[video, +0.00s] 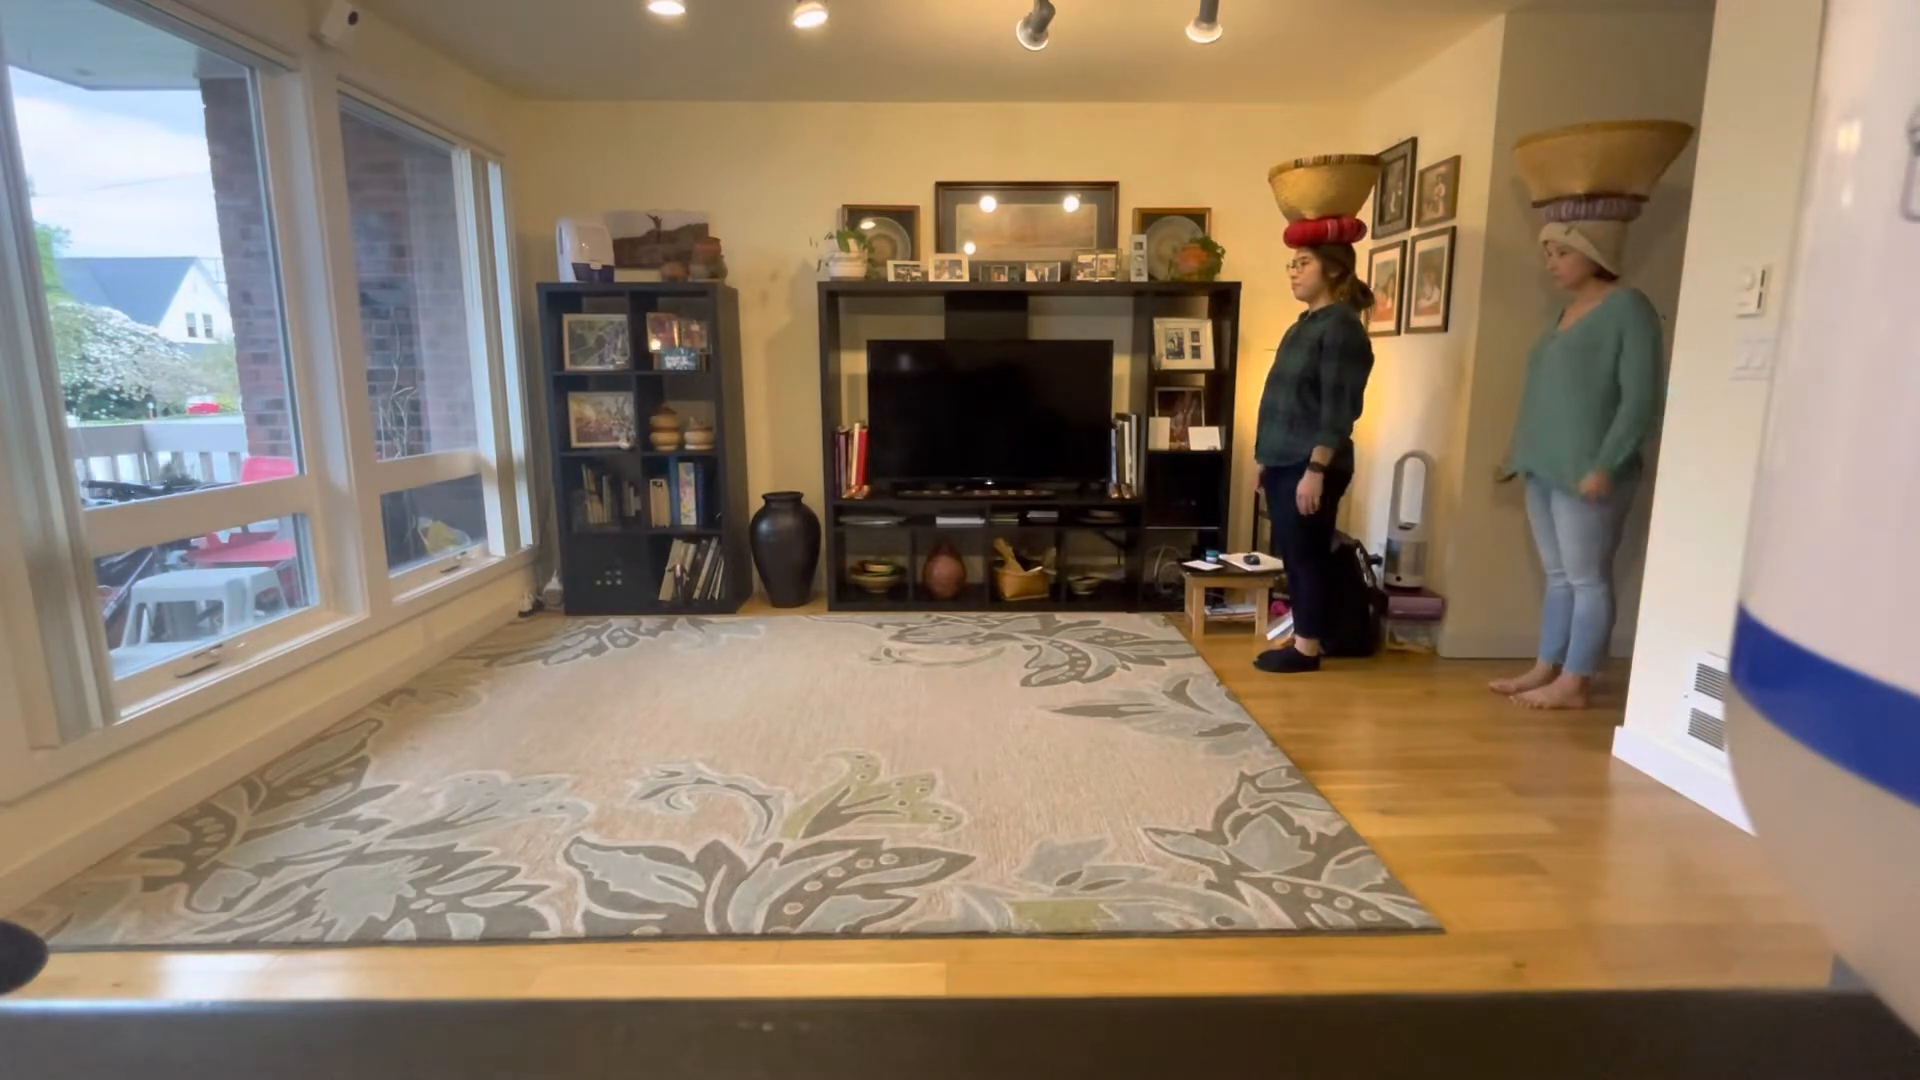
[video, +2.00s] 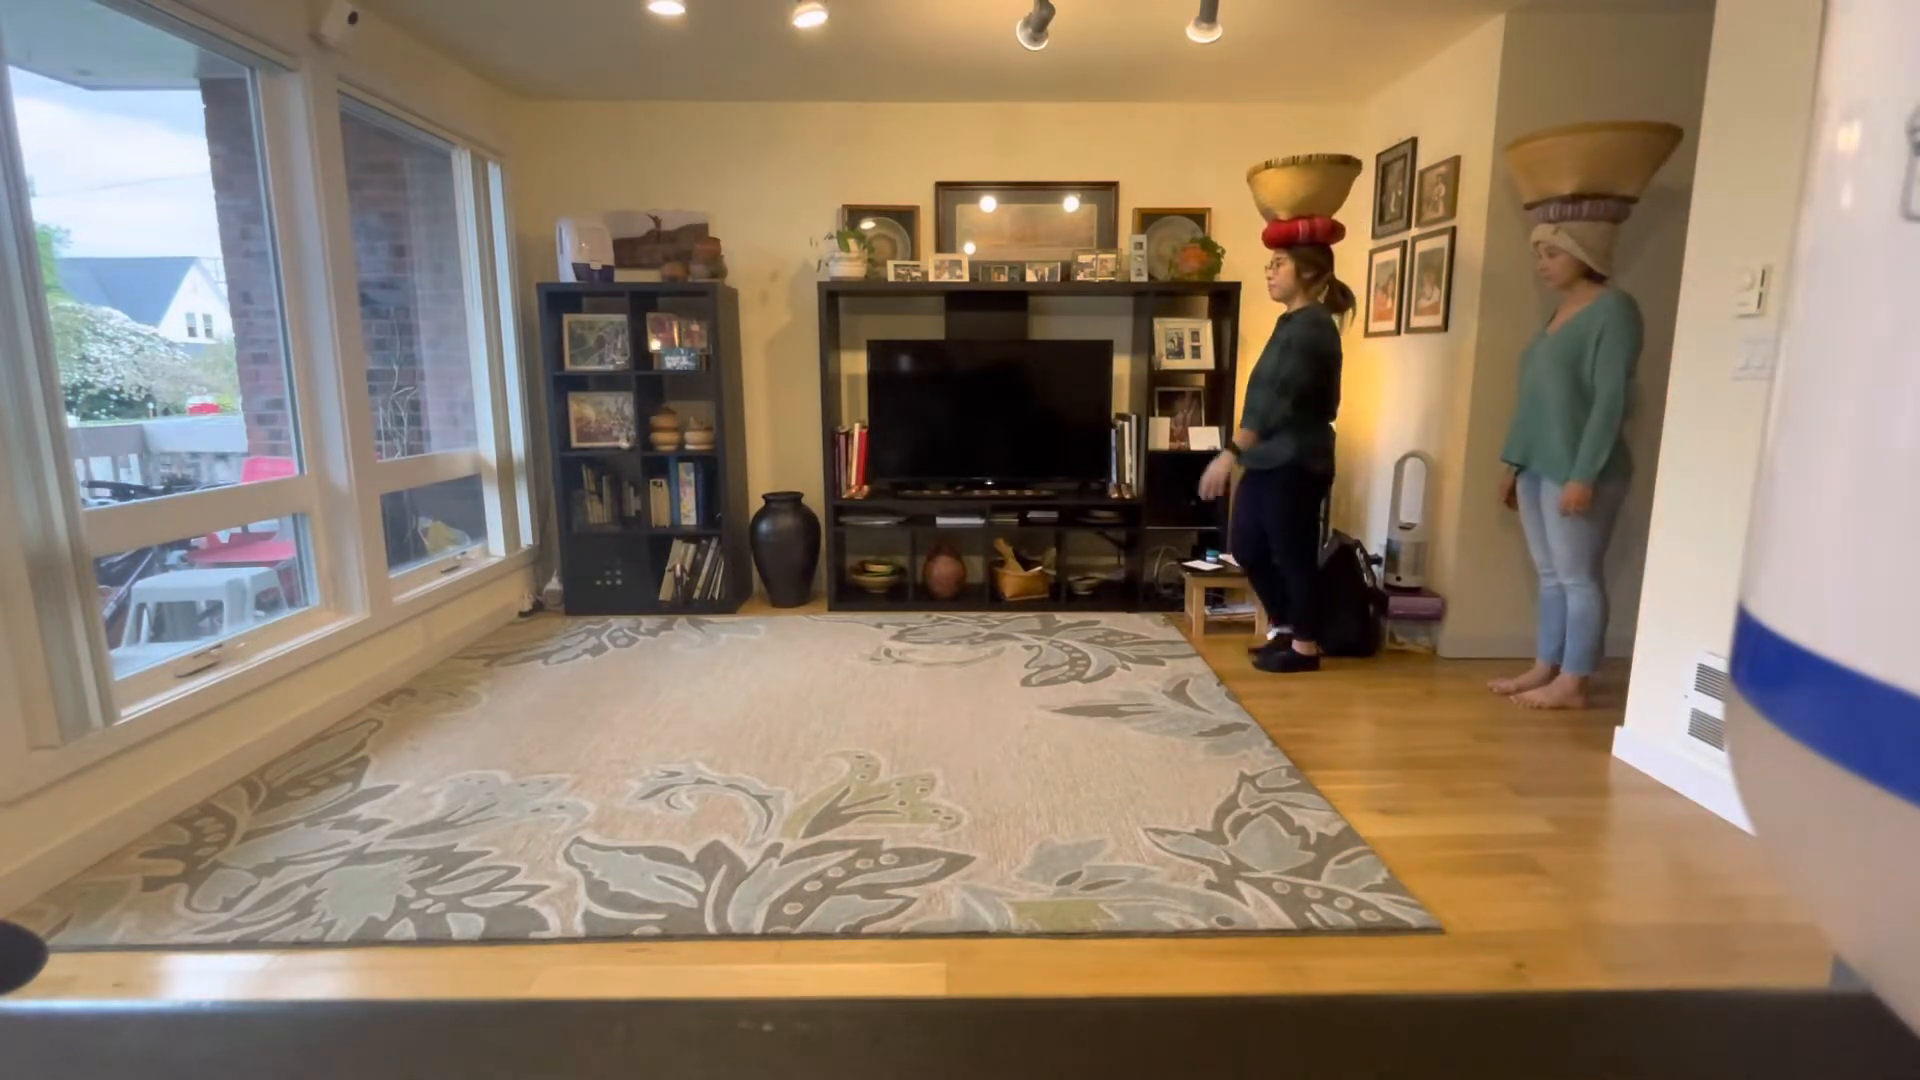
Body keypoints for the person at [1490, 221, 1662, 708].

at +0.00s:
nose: (1552, 264)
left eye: (1560, 253)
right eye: (1549, 255)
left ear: (1592, 254)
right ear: (1556, 260)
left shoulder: (1629, 308)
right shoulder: (1568, 312)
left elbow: (1640, 399)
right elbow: (1552, 394)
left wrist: (1606, 466)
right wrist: (1524, 453)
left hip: (1589, 472)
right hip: (1543, 467)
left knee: (1586, 578)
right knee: (1558, 575)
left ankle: (1575, 682)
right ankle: (1546, 667)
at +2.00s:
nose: (1542, 264)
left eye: (1550, 254)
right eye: (1539, 255)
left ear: (1583, 255)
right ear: (1547, 260)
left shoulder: (1613, 310)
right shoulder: (1560, 313)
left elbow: (1610, 401)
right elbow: (1535, 398)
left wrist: (1584, 476)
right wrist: (1512, 463)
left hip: (1579, 468)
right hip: (1537, 466)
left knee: (1577, 577)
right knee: (1550, 574)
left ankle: (1573, 682)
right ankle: (1546, 667)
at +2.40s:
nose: (1523, 268)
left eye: (1533, 258)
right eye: (1520, 258)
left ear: (1564, 261)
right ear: (1521, 262)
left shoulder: (1595, 315)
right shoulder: (1538, 319)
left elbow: (1602, 403)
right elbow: (1510, 400)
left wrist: (1585, 479)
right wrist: (1468, 453)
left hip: (1554, 468)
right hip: (1516, 463)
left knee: (1505, 562)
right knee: (1531, 569)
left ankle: (1548, 664)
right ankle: (1546, 666)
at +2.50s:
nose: (1516, 267)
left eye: (1525, 257)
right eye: (1514, 258)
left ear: (1555, 260)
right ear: (1524, 262)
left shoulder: (1588, 313)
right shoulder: (1530, 319)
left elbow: (1603, 398)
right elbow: (1496, 397)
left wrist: (1594, 478)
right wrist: (1440, 437)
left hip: (1549, 467)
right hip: (1515, 462)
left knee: (1495, 557)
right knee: (1531, 565)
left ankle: (1499, 672)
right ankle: (1543, 667)